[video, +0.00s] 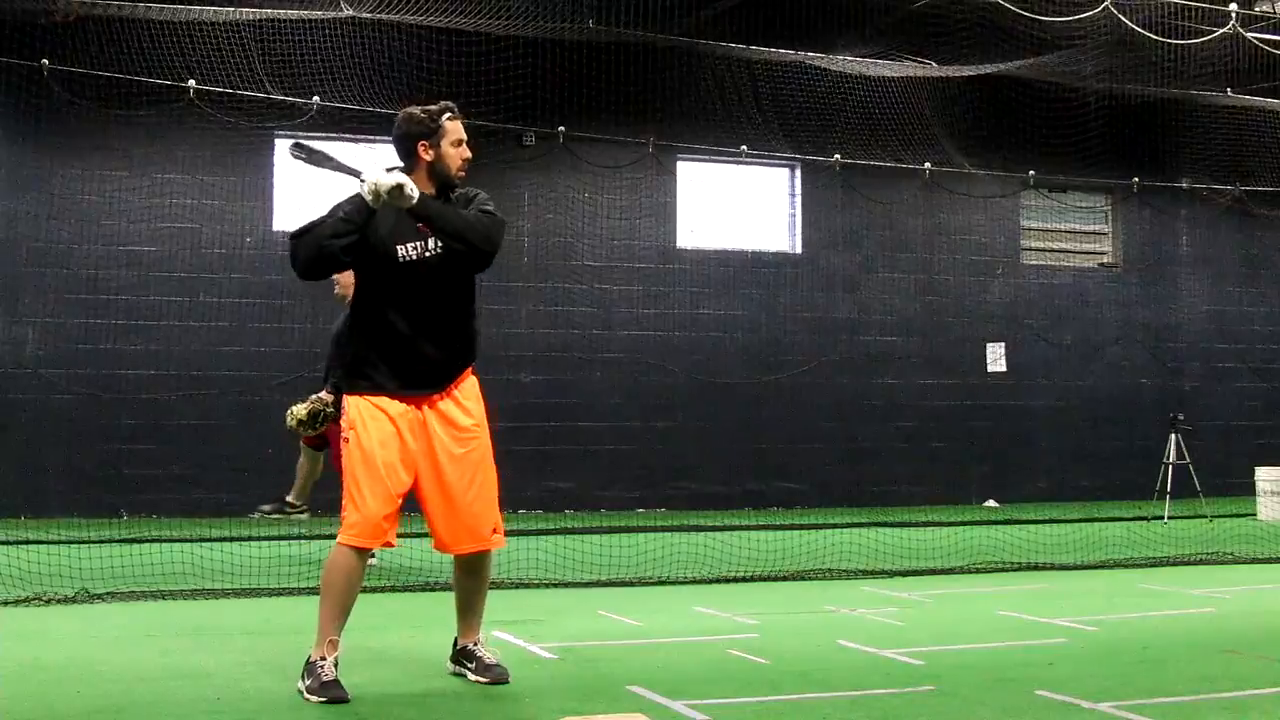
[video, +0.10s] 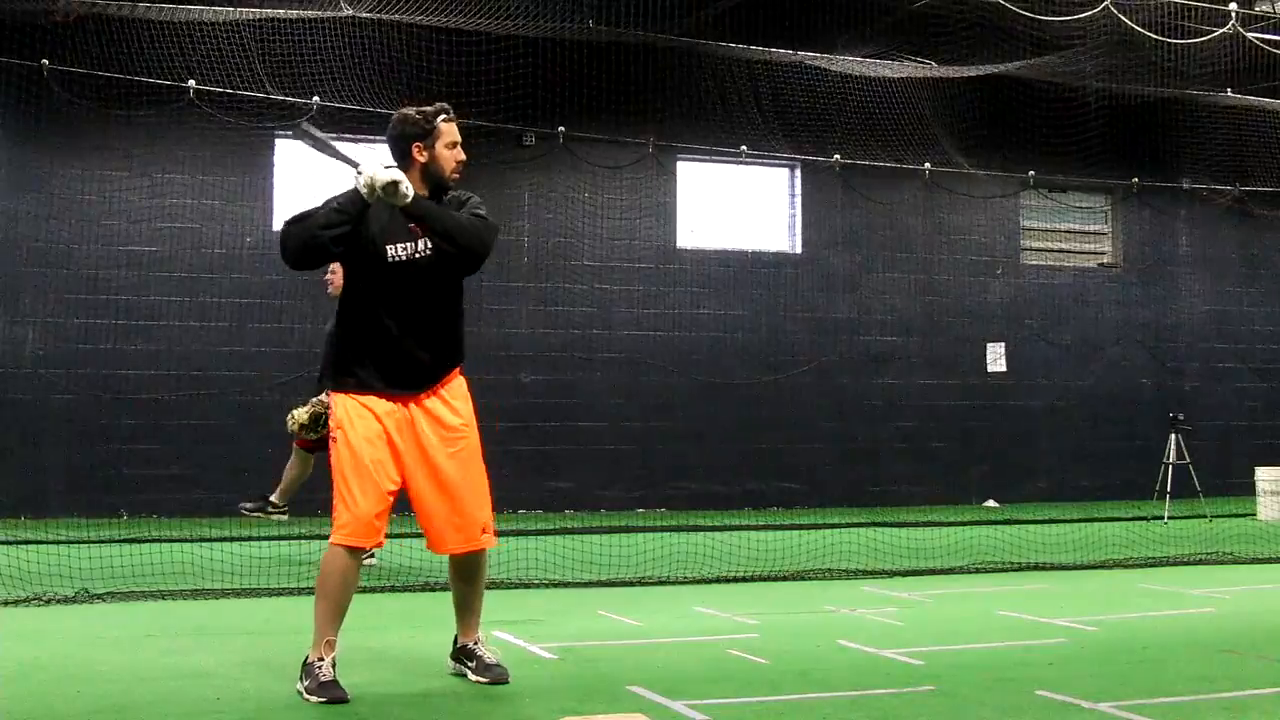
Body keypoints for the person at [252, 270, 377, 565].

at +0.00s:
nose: (335, 280)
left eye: (341, 273)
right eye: (335, 273)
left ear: (359, 277)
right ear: (349, 279)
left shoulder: (366, 319)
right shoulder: (353, 319)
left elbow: (351, 359)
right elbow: (341, 359)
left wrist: (330, 393)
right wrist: (328, 393)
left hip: (374, 401)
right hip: (345, 396)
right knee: (313, 435)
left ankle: (365, 540)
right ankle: (296, 501)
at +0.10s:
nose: (327, 278)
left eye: (334, 271)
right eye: (327, 272)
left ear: (352, 275)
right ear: (338, 278)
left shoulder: (361, 313)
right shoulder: (346, 314)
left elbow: (361, 365)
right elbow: (339, 360)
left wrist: (327, 398)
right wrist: (325, 396)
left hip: (364, 396)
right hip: (339, 393)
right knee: (305, 440)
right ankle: (278, 501)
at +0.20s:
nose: (321, 278)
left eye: (327, 272)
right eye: (321, 271)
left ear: (345, 278)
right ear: (322, 276)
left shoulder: (356, 313)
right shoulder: (335, 312)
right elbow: (332, 370)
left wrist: (330, 418)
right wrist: (320, 410)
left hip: (361, 405)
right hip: (335, 400)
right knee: (302, 439)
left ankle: (363, 540)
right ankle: (271, 509)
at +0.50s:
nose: (297, 280)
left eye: (304, 275)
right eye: (298, 275)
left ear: (321, 281)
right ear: (311, 283)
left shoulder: (329, 314)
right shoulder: (306, 318)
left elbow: (335, 368)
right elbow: (301, 372)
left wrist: (336, 407)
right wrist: (284, 408)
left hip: (325, 410)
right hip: (295, 412)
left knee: (341, 478)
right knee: (296, 478)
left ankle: (360, 542)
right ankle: (290, 542)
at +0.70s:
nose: (280, 279)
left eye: (287, 274)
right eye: (282, 273)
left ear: (305, 280)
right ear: (296, 281)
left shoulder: (314, 311)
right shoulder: (291, 314)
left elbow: (328, 356)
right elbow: (294, 366)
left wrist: (322, 394)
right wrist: (270, 387)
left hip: (303, 407)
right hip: (284, 406)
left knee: (299, 475)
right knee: (294, 476)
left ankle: (348, 523)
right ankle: (289, 543)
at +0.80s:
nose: (275, 279)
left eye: (282, 274)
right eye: (276, 274)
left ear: (301, 279)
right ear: (293, 281)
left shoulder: (310, 312)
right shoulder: (288, 313)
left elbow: (326, 363)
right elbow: (292, 365)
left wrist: (302, 381)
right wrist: (267, 383)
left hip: (301, 403)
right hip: (285, 402)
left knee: (280, 466)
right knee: (290, 470)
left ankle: (322, 526)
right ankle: (288, 541)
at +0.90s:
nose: (272, 281)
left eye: (279, 276)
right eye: (273, 275)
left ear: (297, 282)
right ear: (292, 283)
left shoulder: (305, 313)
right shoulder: (285, 314)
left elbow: (313, 369)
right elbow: (287, 364)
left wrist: (274, 382)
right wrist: (264, 387)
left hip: (292, 407)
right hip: (281, 406)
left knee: (271, 464)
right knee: (287, 469)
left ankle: (295, 534)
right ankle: (290, 535)